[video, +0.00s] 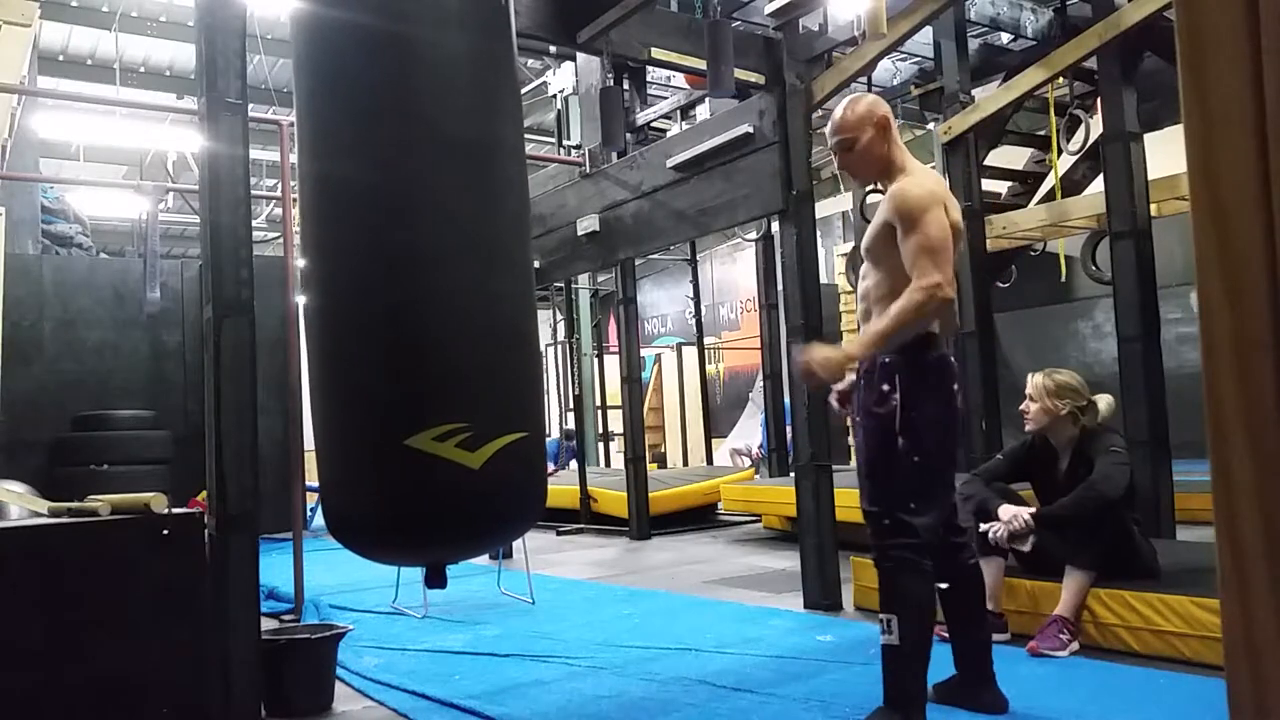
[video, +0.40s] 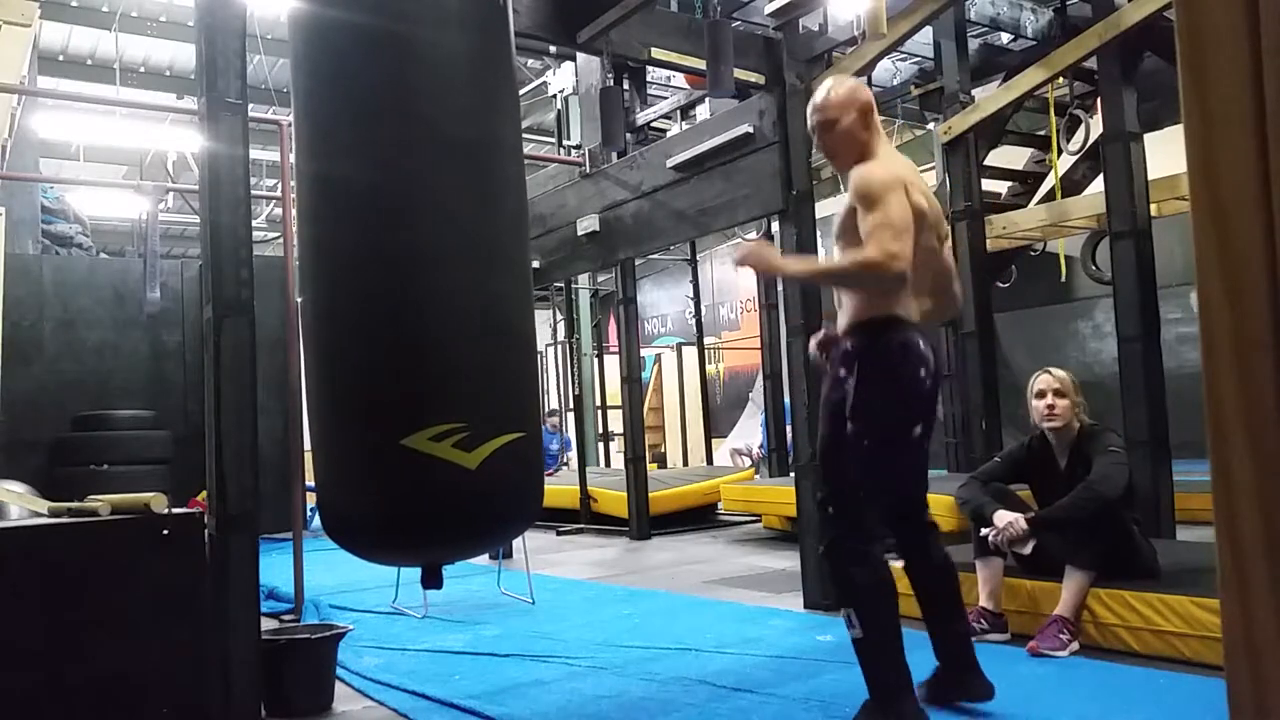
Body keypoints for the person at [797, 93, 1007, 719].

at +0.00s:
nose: (836, 160)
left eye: (843, 145)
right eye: (833, 148)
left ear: (881, 132)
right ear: (879, 137)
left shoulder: (915, 191)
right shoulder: (907, 193)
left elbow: (933, 288)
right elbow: (899, 302)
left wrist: (850, 353)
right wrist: (863, 378)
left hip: (906, 378)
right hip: (913, 375)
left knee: (897, 537)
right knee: (942, 527)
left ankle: (902, 704)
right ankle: (975, 678)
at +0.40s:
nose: (820, 144)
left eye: (824, 128)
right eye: (815, 133)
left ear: (862, 115)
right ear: (870, 117)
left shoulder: (874, 176)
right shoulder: (913, 179)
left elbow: (888, 258)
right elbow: (945, 298)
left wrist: (784, 264)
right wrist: (851, 327)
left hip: (873, 361)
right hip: (912, 358)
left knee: (849, 534)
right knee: (909, 520)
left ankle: (891, 700)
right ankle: (961, 671)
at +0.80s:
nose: (823, 146)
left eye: (833, 131)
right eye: (820, 134)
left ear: (872, 125)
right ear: (881, 133)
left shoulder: (871, 182)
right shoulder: (920, 190)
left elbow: (865, 267)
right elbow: (958, 306)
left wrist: (760, 292)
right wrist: (861, 337)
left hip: (880, 376)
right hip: (921, 372)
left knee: (863, 556)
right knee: (909, 543)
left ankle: (902, 709)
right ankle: (967, 685)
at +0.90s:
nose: (834, 158)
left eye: (843, 143)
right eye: (830, 146)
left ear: (883, 134)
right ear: (883, 138)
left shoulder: (886, 196)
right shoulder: (930, 199)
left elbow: (878, 287)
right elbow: (956, 317)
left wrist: (791, 354)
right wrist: (859, 345)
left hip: (891, 380)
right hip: (929, 377)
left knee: (859, 555)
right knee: (921, 539)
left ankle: (900, 709)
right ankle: (986, 682)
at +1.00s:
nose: (840, 155)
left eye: (849, 141)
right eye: (836, 143)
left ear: (887, 133)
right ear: (892, 138)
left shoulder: (892, 196)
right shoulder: (932, 195)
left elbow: (895, 300)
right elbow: (954, 308)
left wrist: (858, 395)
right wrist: (861, 343)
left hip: (902, 373)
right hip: (938, 370)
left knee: (873, 546)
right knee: (936, 533)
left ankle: (901, 706)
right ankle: (987, 681)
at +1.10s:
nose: (840, 148)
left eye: (849, 135)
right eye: (837, 137)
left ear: (885, 129)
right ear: (887, 132)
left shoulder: (895, 192)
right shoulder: (927, 187)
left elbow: (920, 295)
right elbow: (957, 300)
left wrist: (916, 396)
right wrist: (869, 336)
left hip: (896, 366)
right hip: (937, 365)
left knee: (875, 537)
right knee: (947, 529)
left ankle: (903, 700)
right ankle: (989, 679)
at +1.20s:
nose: (839, 148)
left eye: (848, 134)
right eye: (836, 137)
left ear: (886, 128)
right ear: (887, 131)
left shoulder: (897, 195)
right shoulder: (930, 190)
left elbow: (936, 292)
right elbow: (964, 301)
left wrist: (936, 399)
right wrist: (874, 347)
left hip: (900, 379)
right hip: (941, 375)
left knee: (874, 544)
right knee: (945, 537)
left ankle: (904, 702)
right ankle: (989, 680)